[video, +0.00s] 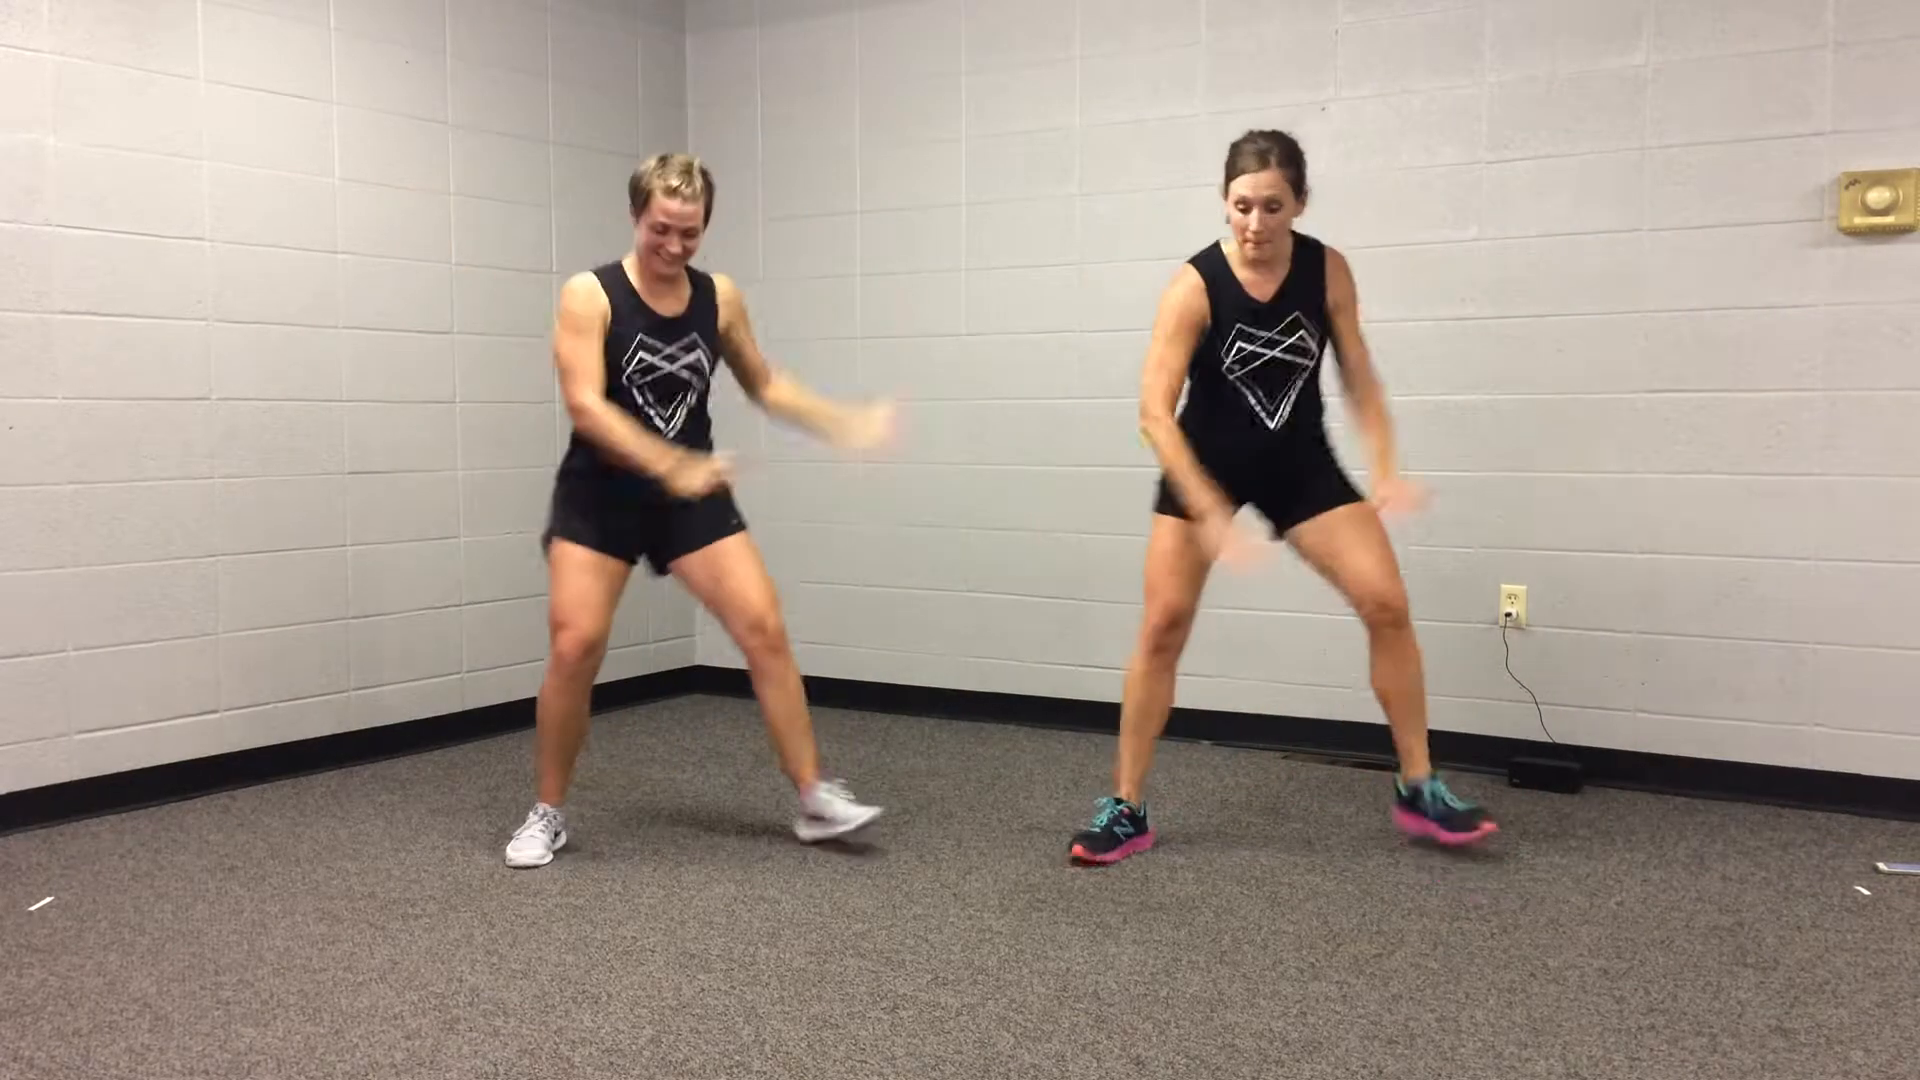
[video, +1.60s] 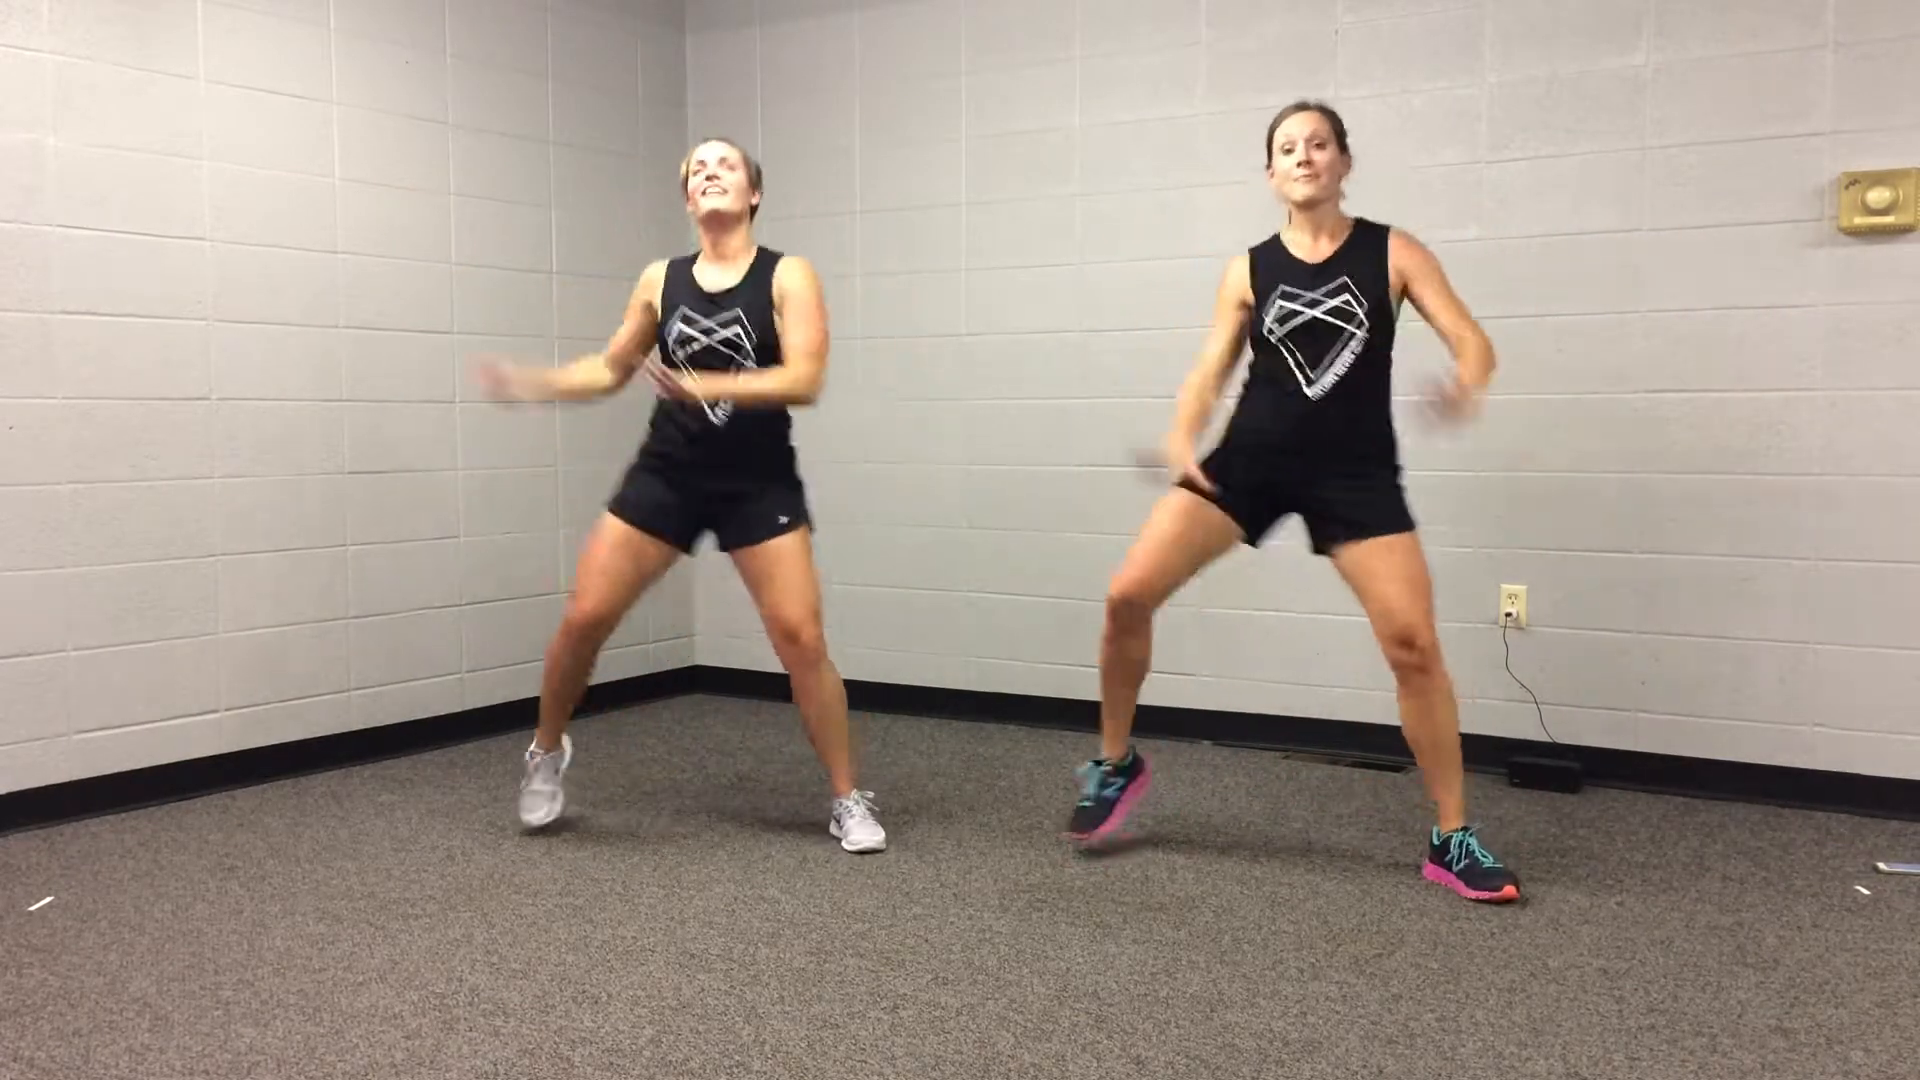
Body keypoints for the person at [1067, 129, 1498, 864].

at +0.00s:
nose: (1255, 223)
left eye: (1271, 207)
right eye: (1241, 206)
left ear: (1299, 205)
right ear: (1223, 204)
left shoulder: (1326, 271)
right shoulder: (1195, 288)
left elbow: (1360, 378)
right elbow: (1153, 413)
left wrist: (1384, 470)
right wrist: (1211, 512)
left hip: (1297, 461)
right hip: (1207, 467)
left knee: (1387, 605)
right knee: (1162, 627)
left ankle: (1419, 784)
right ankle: (1125, 803)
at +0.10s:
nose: (1269, 228)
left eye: (1286, 211)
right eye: (1256, 211)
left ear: (1311, 210)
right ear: (1238, 209)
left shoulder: (1338, 267)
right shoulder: (1211, 292)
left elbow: (1385, 339)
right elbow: (1172, 420)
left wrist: (1444, 382)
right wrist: (1279, 422)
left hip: (1338, 443)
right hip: (1248, 457)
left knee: (1395, 606)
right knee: (1200, 623)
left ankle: (1418, 759)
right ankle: (1135, 795)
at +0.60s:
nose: (1304, 228)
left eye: (1321, 212)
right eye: (1293, 213)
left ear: (1355, 217)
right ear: (1279, 217)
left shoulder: (1384, 296)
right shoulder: (1245, 282)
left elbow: (1424, 412)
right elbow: (1183, 369)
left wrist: (1383, 432)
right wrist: (1157, 407)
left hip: (1308, 457)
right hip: (1221, 445)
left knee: (1361, 621)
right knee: (1167, 604)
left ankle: (1415, 773)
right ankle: (1142, 782)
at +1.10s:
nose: (1248, 167)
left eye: (1265, 158)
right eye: (1237, 157)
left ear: (1288, 178)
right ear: (1219, 173)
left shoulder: (1305, 264)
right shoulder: (1190, 264)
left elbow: (1370, 352)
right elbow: (1151, 372)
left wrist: (1456, 350)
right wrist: (1255, 370)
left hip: (1293, 468)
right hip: (1205, 470)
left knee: (1379, 607)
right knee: (1178, 638)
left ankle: (1440, 800)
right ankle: (1143, 789)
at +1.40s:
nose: (1290, 178)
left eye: (1305, 168)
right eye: (1275, 168)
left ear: (1326, 191)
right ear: (1251, 192)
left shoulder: (1362, 280)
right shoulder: (1231, 288)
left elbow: (1425, 377)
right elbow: (1232, 406)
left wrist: (1524, 403)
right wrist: (1335, 391)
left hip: (1394, 478)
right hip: (1292, 487)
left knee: (1443, 645)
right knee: (1207, 657)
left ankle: (1453, 834)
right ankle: (1160, 787)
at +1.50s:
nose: (1302, 172)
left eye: (1316, 161)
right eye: (1286, 164)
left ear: (1339, 184)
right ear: (1264, 191)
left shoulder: (1387, 271)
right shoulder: (1247, 289)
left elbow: (1457, 368)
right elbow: (1250, 408)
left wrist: (1522, 463)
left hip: (1381, 478)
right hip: (1279, 479)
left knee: (1436, 649)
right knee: (1158, 627)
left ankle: (1453, 834)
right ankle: (1137, 768)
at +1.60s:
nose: (1304, 156)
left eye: (1318, 144)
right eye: (1289, 149)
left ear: (1346, 164)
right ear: (1271, 174)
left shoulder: (1394, 252)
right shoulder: (1250, 270)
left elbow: (1471, 341)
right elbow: (1208, 373)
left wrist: (1465, 385)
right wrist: (1183, 444)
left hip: (1355, 472)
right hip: (1249, 465)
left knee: (1413, 646)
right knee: (1127, 596)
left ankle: (1452, 834)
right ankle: (1114, 760)